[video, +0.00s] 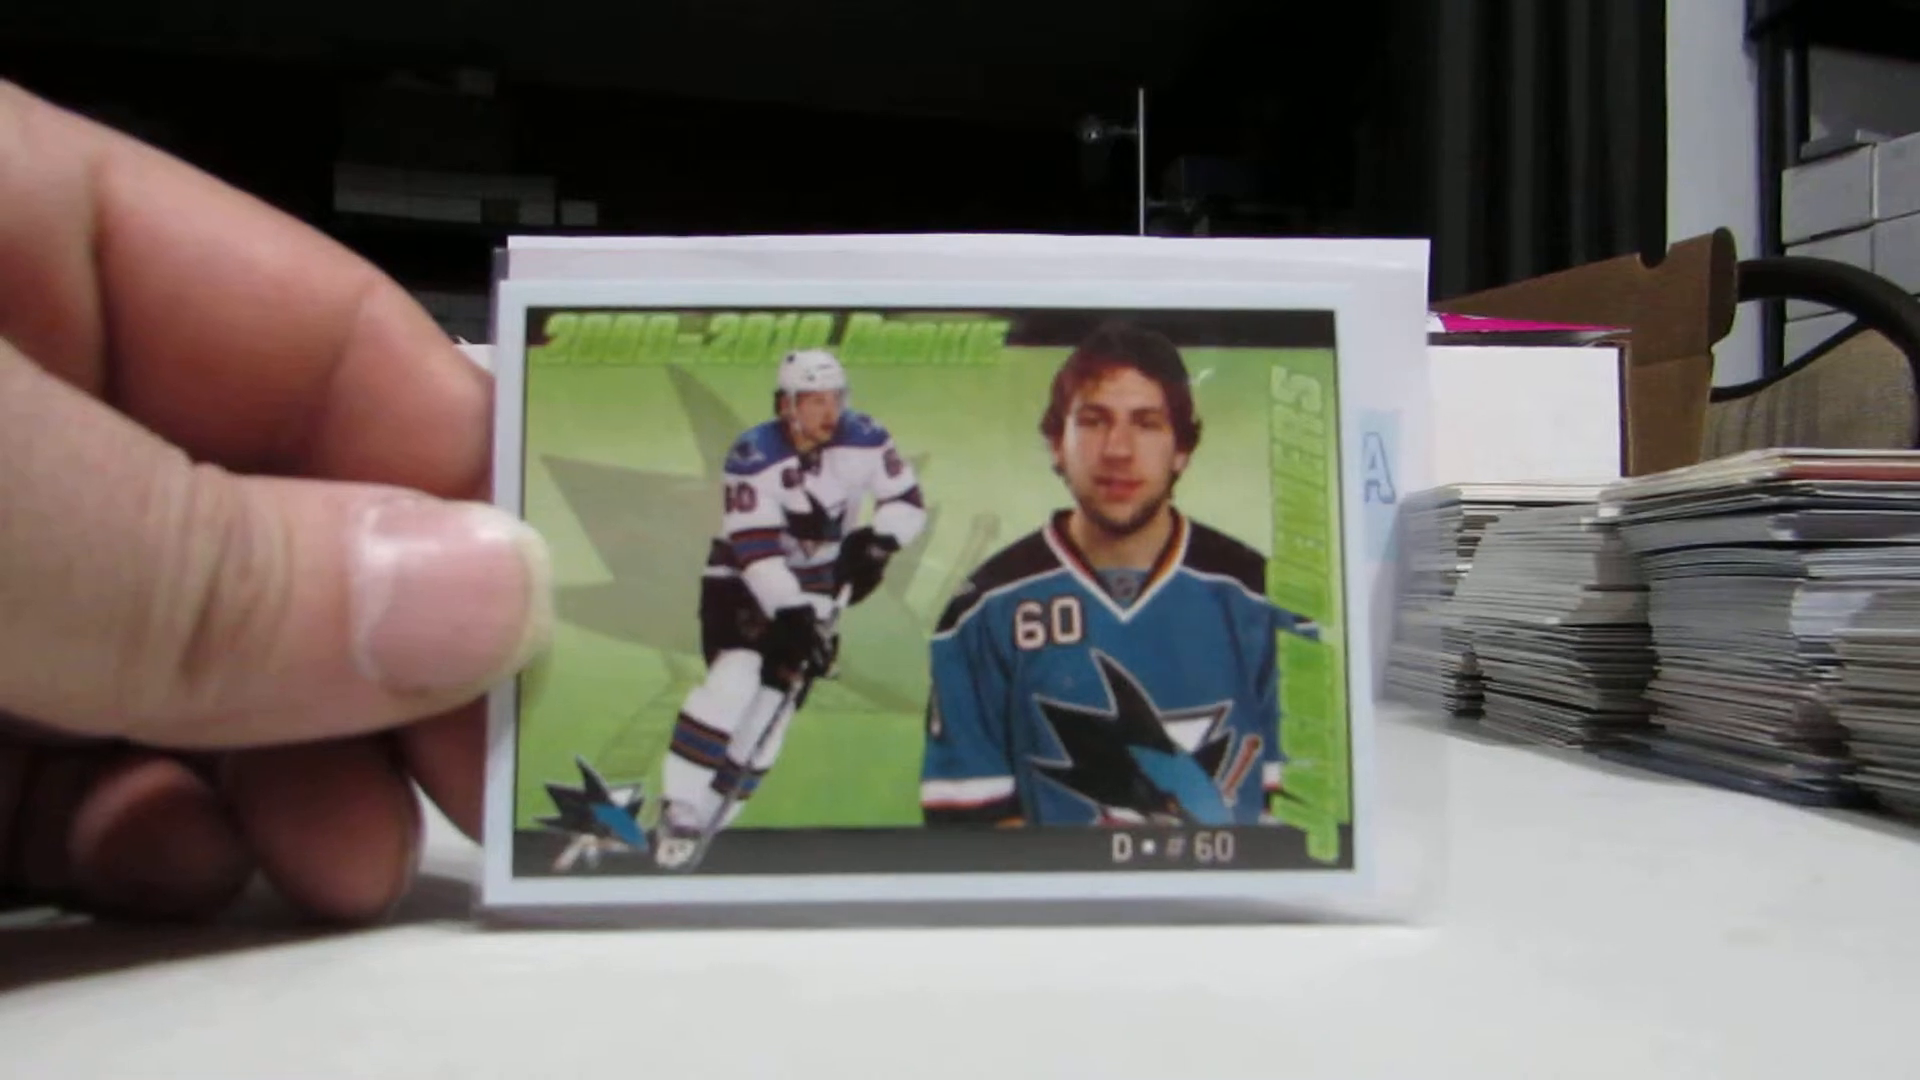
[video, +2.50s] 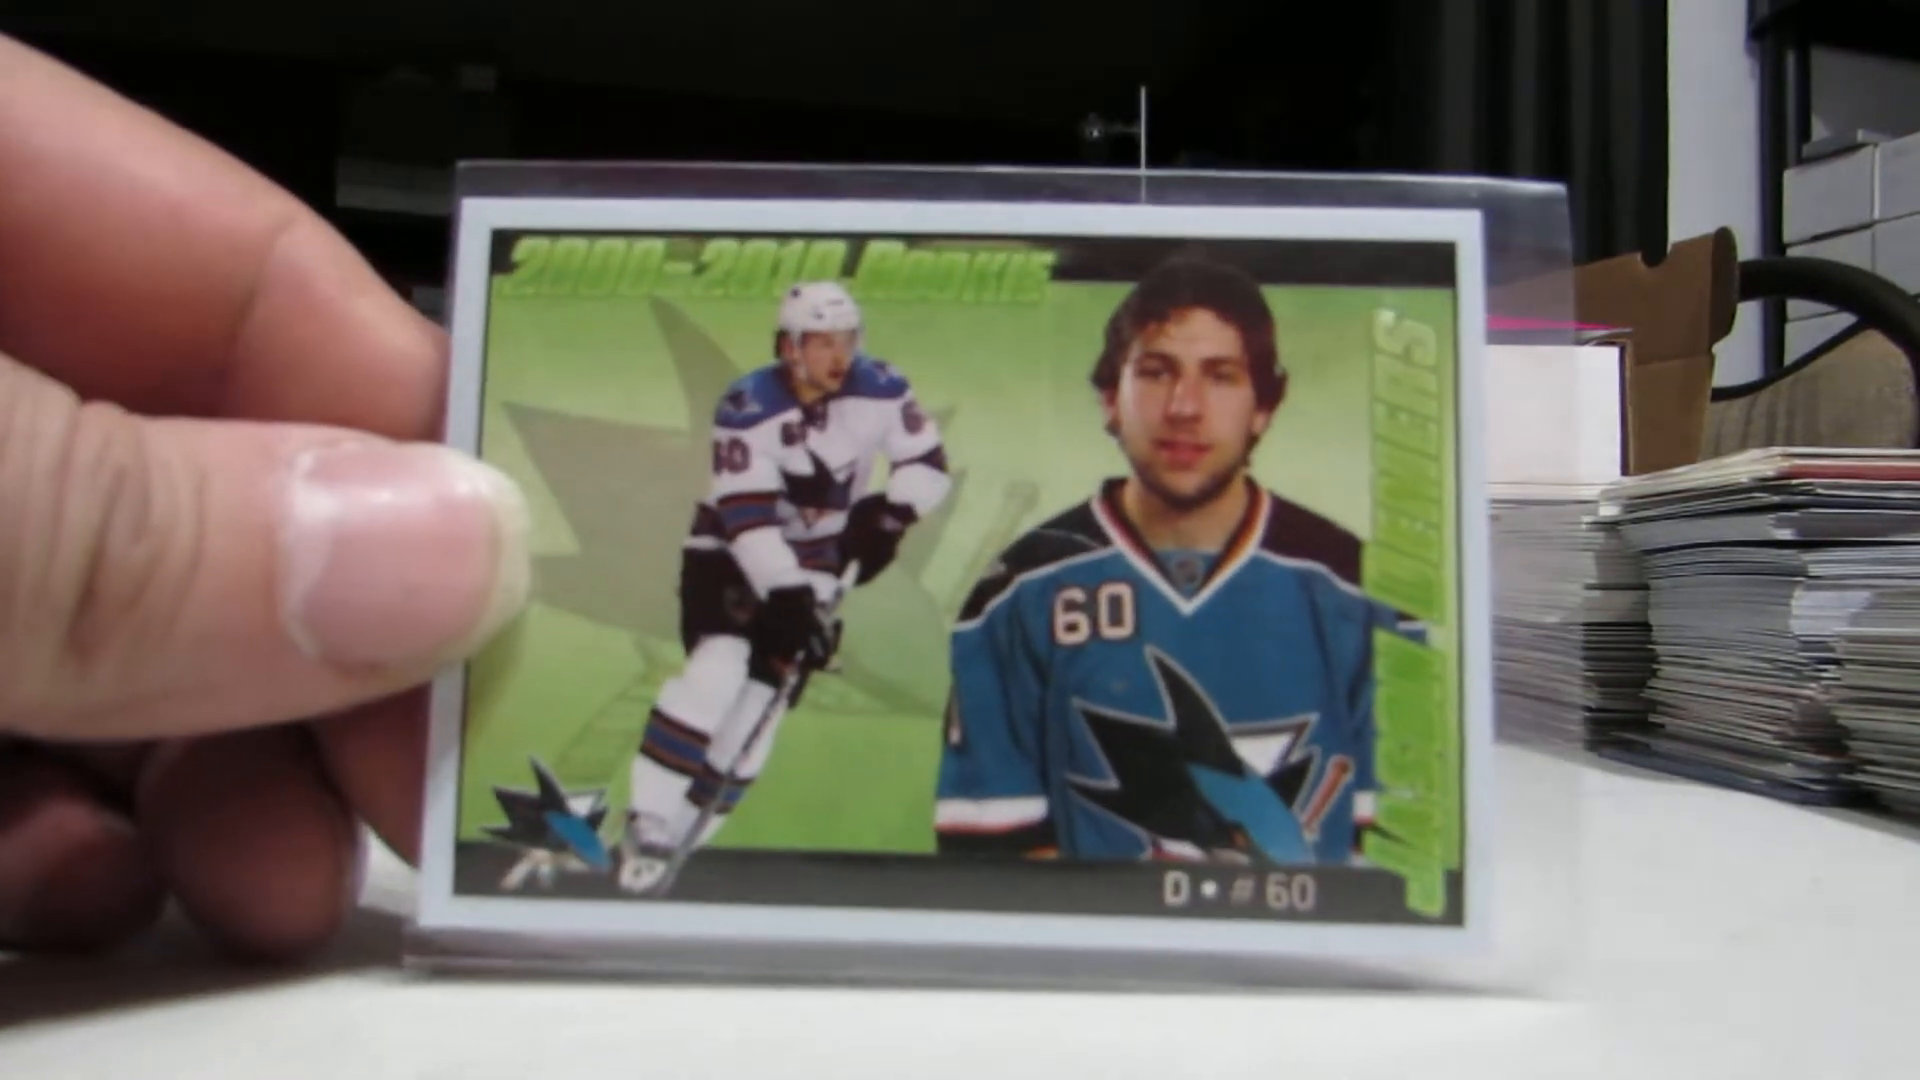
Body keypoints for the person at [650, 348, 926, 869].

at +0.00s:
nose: (824, 413)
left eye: (831, 400)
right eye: (811, 401)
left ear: (842, 401)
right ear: (785, 406)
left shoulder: (866, 440)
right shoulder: (754, 455)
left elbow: (906, 501)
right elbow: (754, 545)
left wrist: (876, 546)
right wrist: (791, 611)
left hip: (818, 586)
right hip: (745, 577)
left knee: (775, 705)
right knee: (736, 674)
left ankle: (710, 820)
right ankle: (682, 813)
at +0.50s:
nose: (837, 408)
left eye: (843, 396)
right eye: (824, 397)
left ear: (851, 396)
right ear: (794, 401)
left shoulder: (872, 436)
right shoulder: (761, 451)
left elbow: (914, 498)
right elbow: (762, 541)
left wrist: (883, 542)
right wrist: (798, 607)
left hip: (824, 582)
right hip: (751, 574)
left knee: (781, 702)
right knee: (744, 670)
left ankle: (717, 818)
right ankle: (688, 807)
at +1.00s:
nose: (845, 391)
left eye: (852, 380)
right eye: (832, 381)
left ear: (861, 379)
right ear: (801, 384)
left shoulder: (881, 422)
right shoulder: (765, 438)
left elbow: (924, 486)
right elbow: (765, 531)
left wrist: (891, 533)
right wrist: (801, 600)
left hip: (829, 574)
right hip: (754, 564)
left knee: (782, 698)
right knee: (743, 667)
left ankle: (716, 818)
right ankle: (685, 806)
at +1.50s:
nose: (849, 399)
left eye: (856, 386)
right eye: (836, 388)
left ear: (866, 386)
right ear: (806, 391)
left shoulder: (887, 427)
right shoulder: (771, 443)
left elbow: (929, 491)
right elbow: (771, 537)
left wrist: (898, 539)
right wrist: (808, 607)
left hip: (835, 581)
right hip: (761, 573)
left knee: (790, 705)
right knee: (750, 675)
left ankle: (724, 825)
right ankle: (693, 816)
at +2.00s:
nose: (840, 386)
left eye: (847, 374)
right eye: (827, 375)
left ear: (855, 374)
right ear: (795, 378)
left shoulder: (874, 416)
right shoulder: (756, 432)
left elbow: (918, 483)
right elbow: (754, 526)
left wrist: (882, 533)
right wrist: (791, 599)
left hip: (819, 570)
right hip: (743, 560)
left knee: (772, 697)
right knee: (731, 666)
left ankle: (702, 820)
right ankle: (670, 810)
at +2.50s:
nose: (841, 357)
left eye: (848, 344)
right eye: (826, 344)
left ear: (858, 343)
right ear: (791, 348)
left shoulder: (881, 392)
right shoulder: (749, 407)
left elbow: (927, 465)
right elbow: (746, 512)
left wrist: (888, 519)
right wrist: (786, 594)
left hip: (817, 563)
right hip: (734, 550)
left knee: (763, 700)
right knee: (720, 665)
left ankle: (686, 836)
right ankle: (651, 826)